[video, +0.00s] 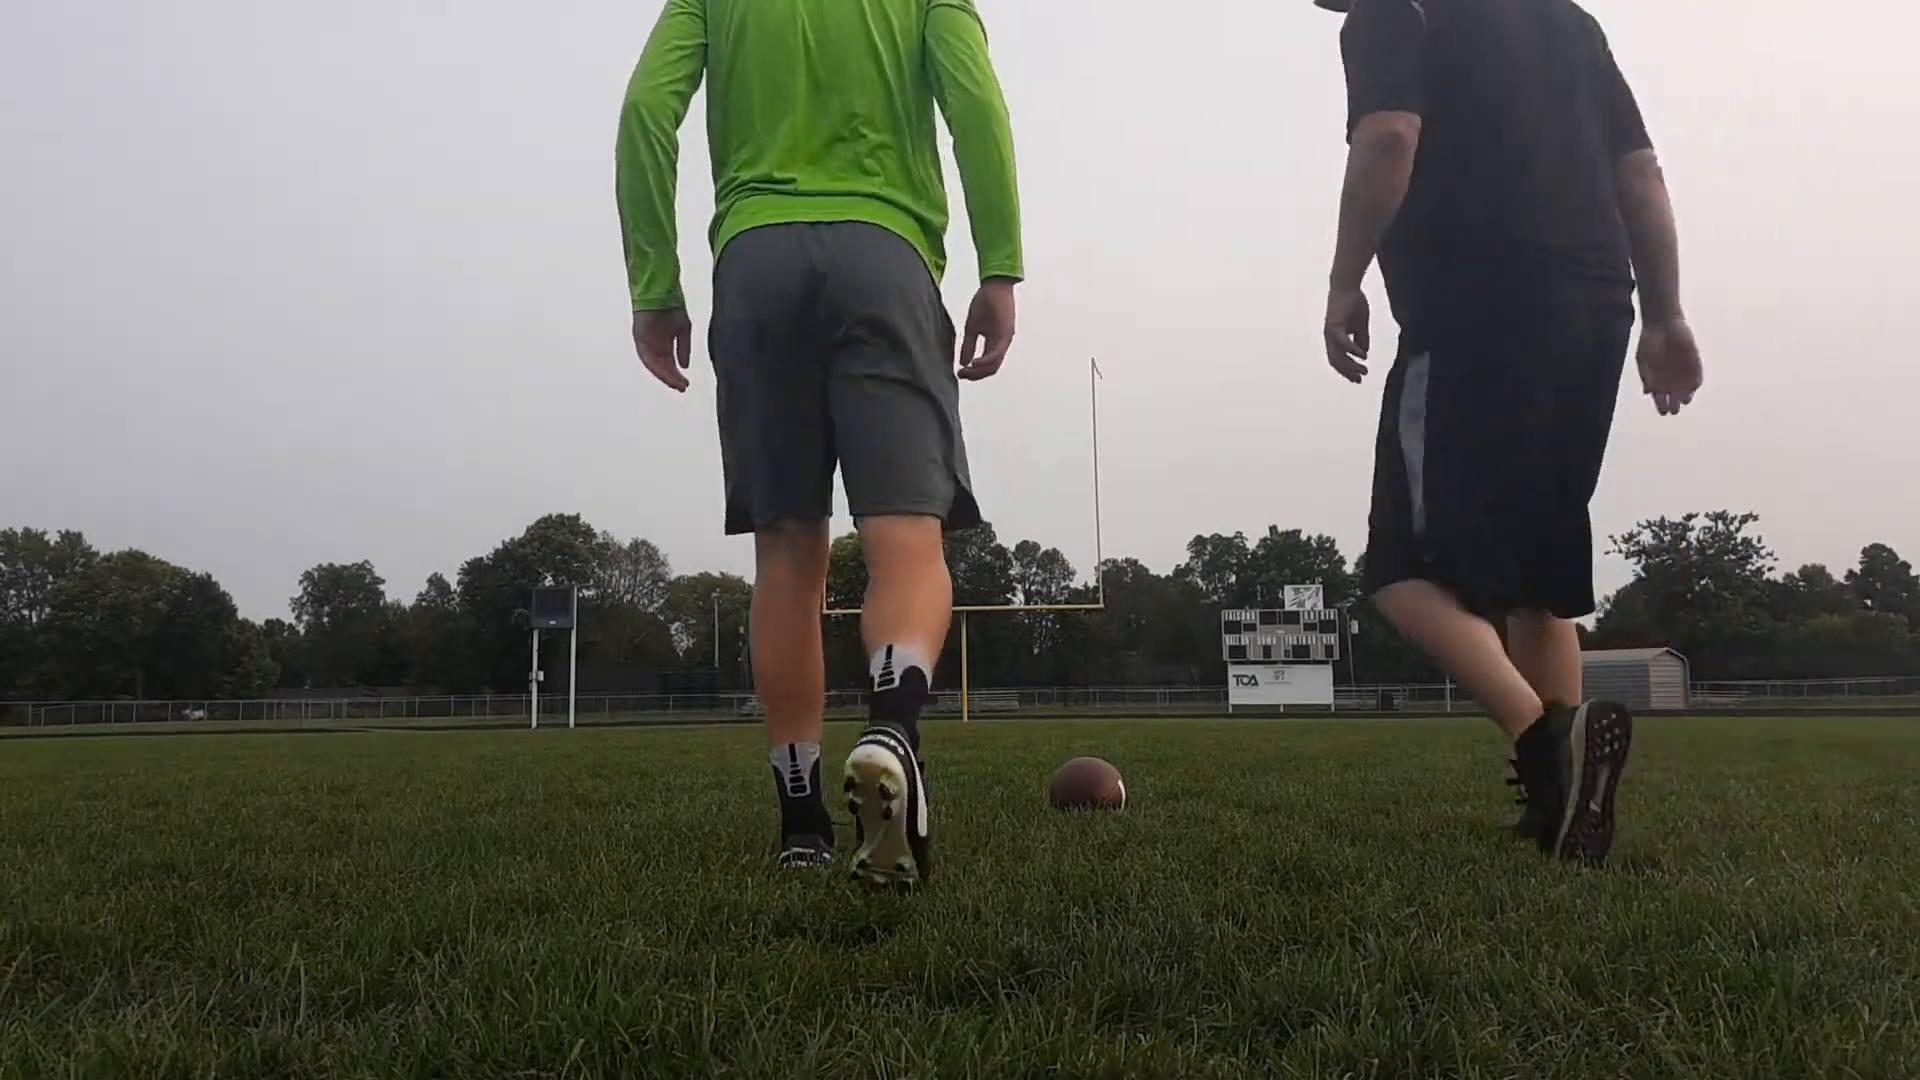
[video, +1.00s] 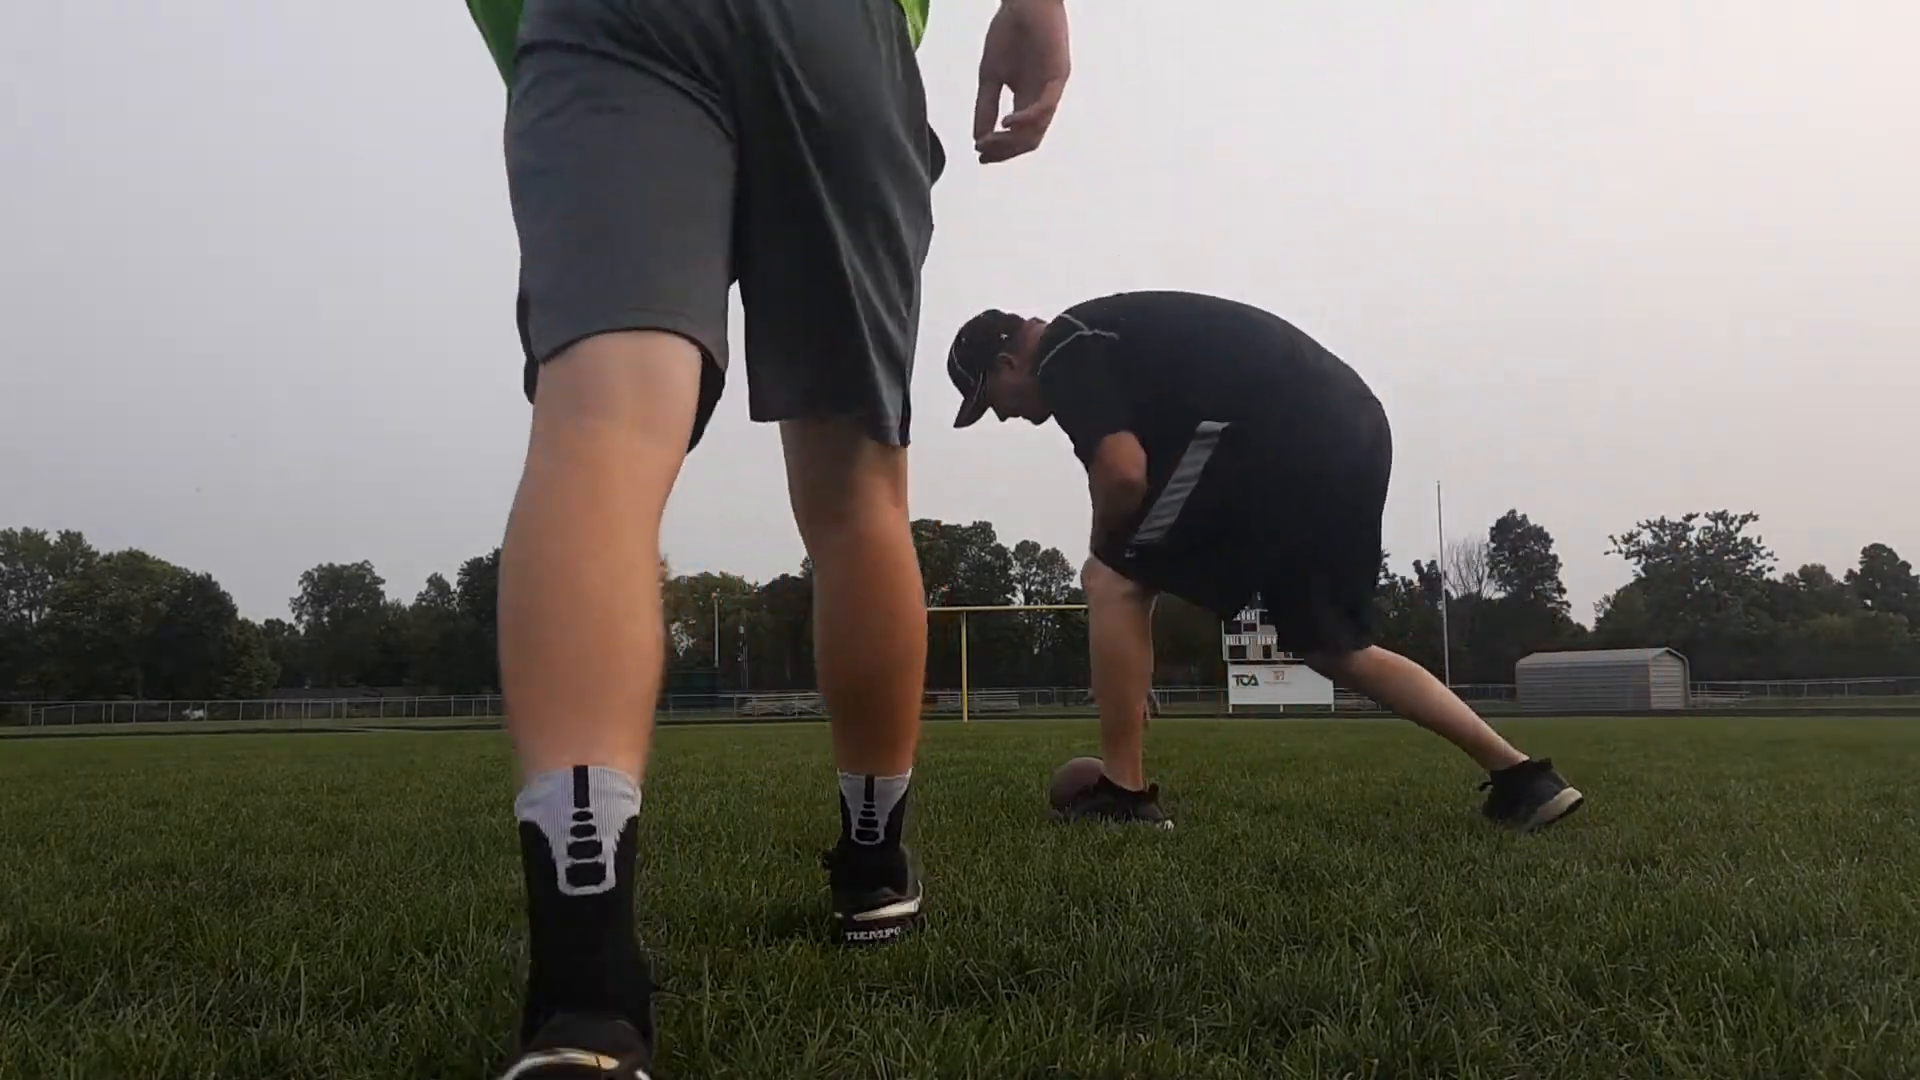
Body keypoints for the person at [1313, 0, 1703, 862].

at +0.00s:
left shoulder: (1387, 10)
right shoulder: (1568, 17)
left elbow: (1389, 136)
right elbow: (1639, 171)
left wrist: (1346, 281)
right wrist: (1664, 312)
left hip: (1472, 306)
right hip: (1593, 306)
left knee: (1403, 573)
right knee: (1542, 572)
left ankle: (1549, 733)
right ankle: (1557, 813)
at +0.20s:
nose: (1289, 49)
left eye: (1289, 35)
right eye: (1283, 43)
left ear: (1311, 4)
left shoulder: (1336, 26)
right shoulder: (1482, 41)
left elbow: (1345, 158)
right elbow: (1539, 196)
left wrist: (1314, 290)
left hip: (1420, 319)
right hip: (1536, 322)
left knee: (1281, 528)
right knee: (1500, 568)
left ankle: (1329, 759)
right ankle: (1556, 797)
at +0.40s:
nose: (1206, 106)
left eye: (1202, 91)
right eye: (1197, 98)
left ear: (1232, 52)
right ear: (1273, 40)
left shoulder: (1249, 94)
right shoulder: (1381, 87)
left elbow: (1256, 212)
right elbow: (1401, 225)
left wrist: (1230, 335)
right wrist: (1317, 331)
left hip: (1344, 372)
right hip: (1459, 371)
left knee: (1238, 580)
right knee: (1453, 594)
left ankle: (1155, 781)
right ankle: (1548, 795)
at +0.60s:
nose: (1084, 207)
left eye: (1075, 186)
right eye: (1073, 194)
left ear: (1094, 157)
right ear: (1134, 131)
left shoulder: (1126, 196)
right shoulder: (1244, 156)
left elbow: (1143, 335)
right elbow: (1280, 290)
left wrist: (1142, 443)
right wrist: (1211, 409)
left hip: (1266, 399)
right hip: (1377, 385)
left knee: (1150, 582)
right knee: (1371, 598)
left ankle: (1126, 783)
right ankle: (1517, 746)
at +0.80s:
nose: (1019, 315)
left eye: (1009, 300)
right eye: (1006, 307)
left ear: (1023, 260)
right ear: (1051, 239)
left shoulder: (1067, 288)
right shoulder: (1150, 254)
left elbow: (1108, 426)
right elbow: (1209, 390)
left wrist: (1116, 538)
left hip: (1248, 400)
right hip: (1353, 390)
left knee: (1130, 580)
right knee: (1349, 603)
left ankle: (1123, 784)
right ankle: (1505, 768)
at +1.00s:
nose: (1014, 419)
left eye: (998, 402)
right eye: (997, 410)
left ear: (1012, 353)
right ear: (1028, 334)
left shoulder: (1066, 350)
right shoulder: (1120, 333)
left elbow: (1123, 469)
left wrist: (1103, 559)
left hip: (1261, 428)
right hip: (1356, 427)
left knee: (1113, 578)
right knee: (1332, 642)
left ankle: (1122, 785)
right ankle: (1518, 774)